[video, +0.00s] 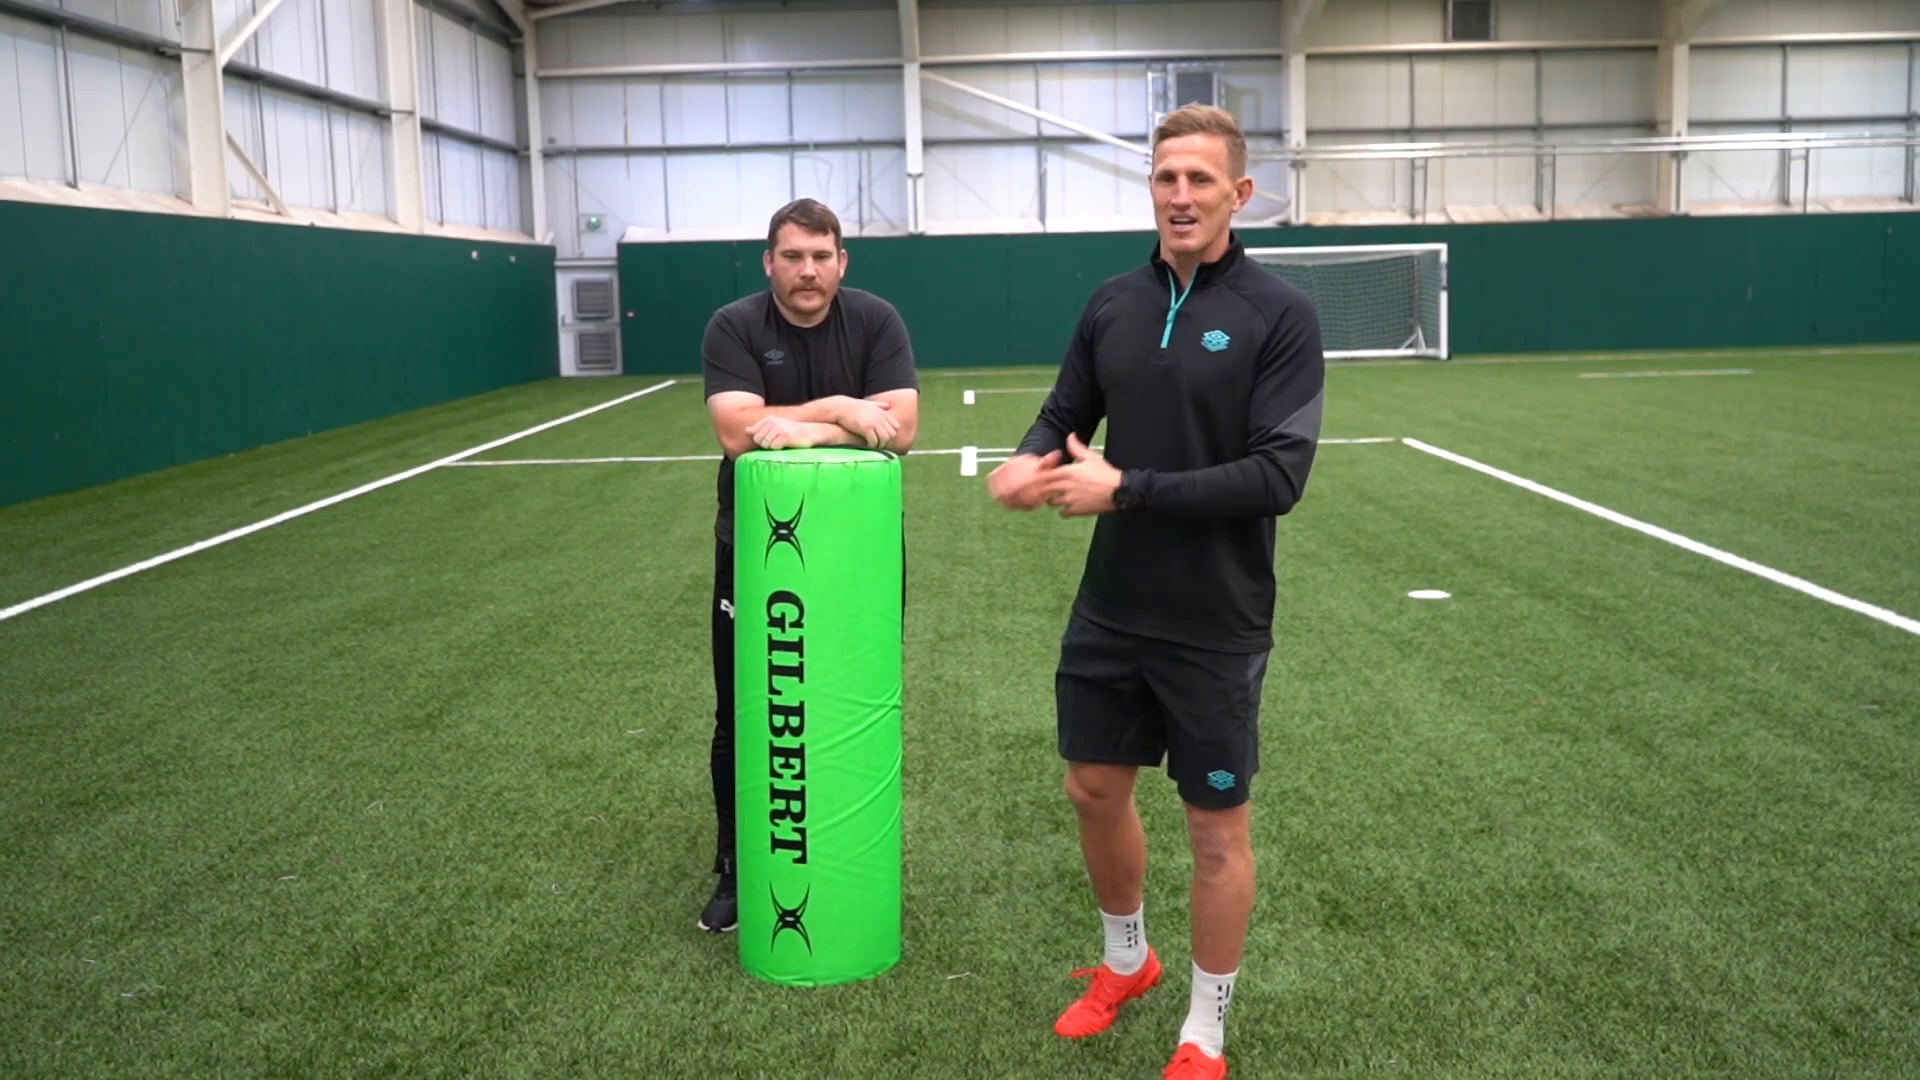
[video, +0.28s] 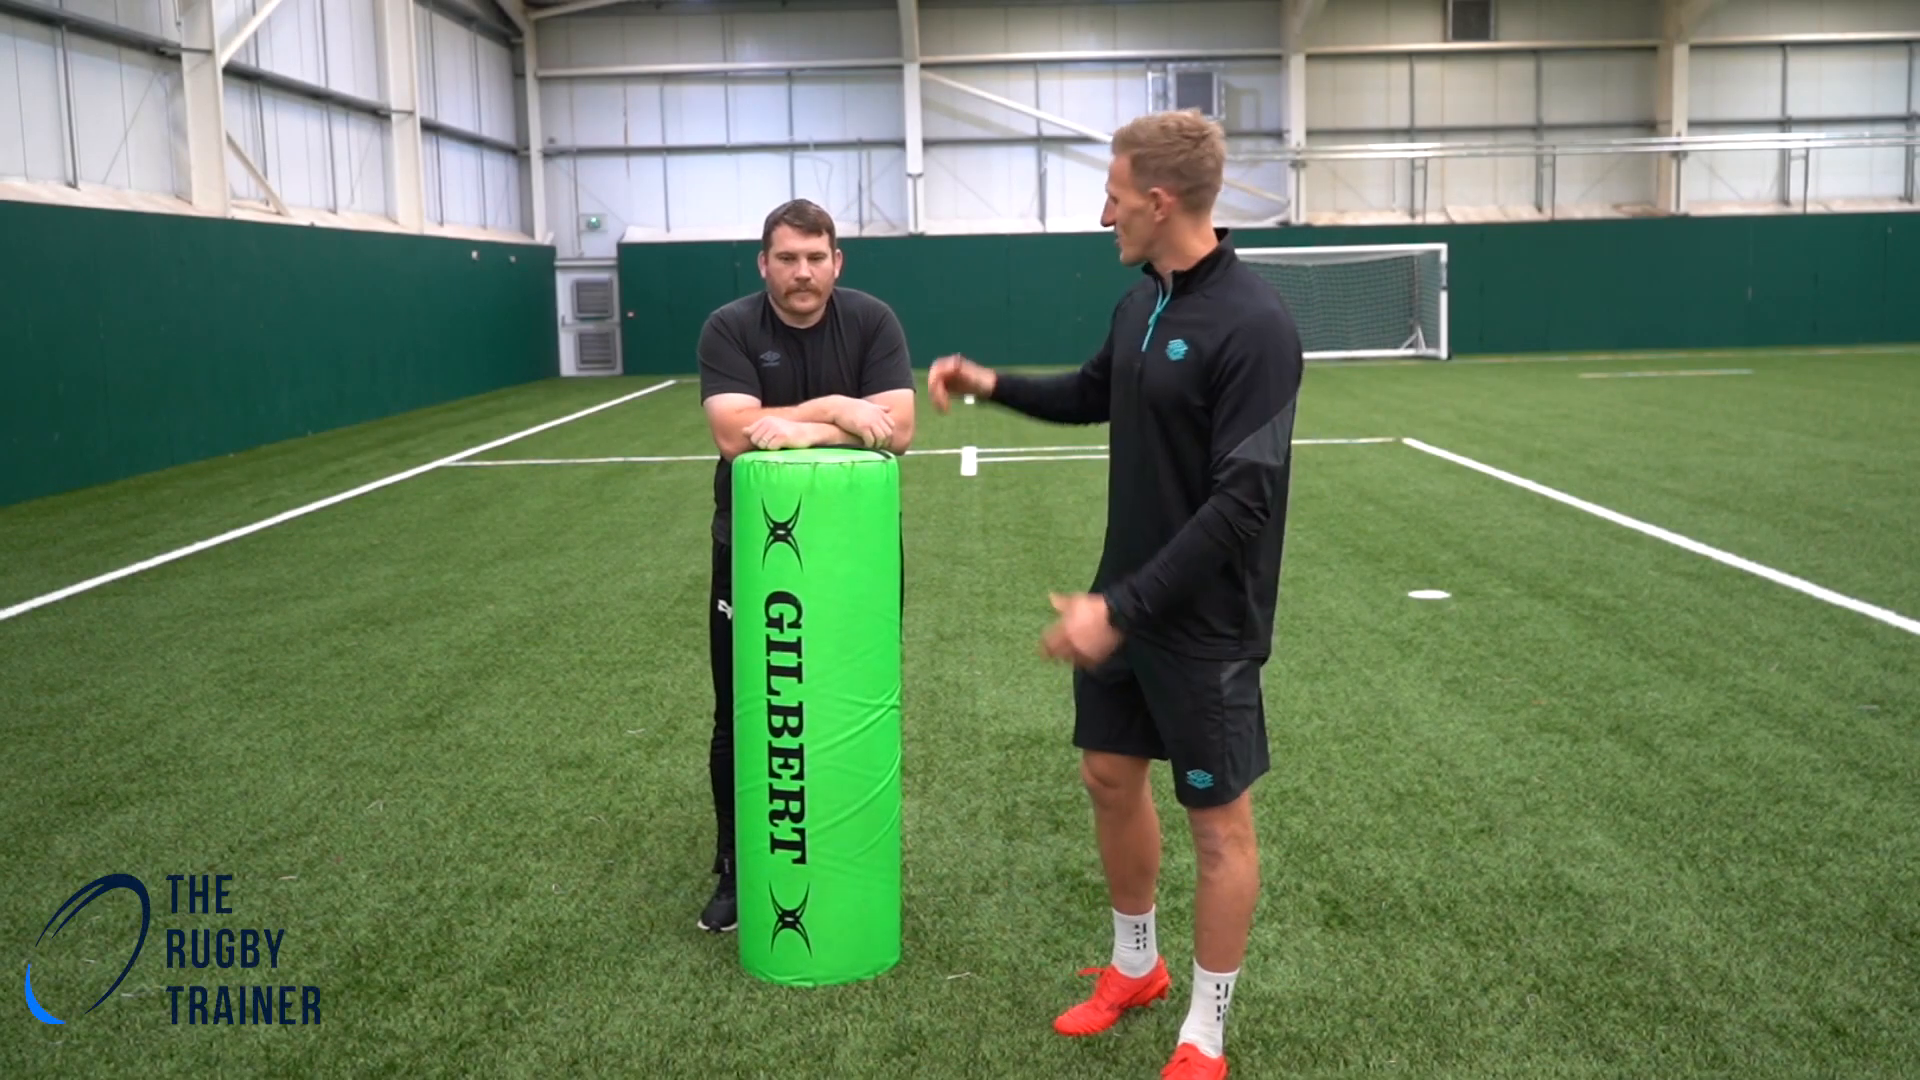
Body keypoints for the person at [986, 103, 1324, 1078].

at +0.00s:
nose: (1179, 196)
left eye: (1200, 179)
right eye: (1165, 178)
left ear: (1240, 194)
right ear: (1148, 190)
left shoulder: (1282, 315)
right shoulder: (1114, 304)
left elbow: (1280, 475)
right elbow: (1061, 423)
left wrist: (1123, 489)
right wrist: (1031, 465)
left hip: (1218, 617)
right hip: (1112, 602)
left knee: (1215, 826)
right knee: (1096, 788)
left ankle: (1206, 1033)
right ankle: (1128, 962)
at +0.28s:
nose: (1107, 211)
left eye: (1115, 195)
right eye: (1108, 193)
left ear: (1166, 201)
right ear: (1165, 199)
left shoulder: (1255, 325)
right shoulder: (1143, 294)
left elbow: (1243, 502)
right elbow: (1095, 396)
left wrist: (1120, 607)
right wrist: (994, 385)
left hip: (1209, 614)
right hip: (1122, 596)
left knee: (1219, 820)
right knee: (1111, 775)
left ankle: (1207, 1035)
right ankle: (1136, 966)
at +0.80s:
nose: (1101, 214)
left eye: (1119, 197)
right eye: (1100, 196)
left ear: (1176, 203)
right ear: (1134, 205)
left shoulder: (1238, 321)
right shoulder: (1120, 305)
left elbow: (1262, 483)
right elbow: (1072, 392)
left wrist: (1222, 626)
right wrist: (951, 370)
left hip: (1196, 614)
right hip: (1119, 600)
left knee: (1210, 814)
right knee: (1146, 780)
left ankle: (1206, 1035)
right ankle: (1177, 963)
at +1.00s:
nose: (1116, 218)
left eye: (1132, 200)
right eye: (1103, 204)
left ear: (1174, 207)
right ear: (1092, 220)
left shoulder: (1234, 316)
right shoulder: (1092, 326)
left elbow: (1264, 463)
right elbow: (1048, 428)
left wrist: (1184, 569)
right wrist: (973, 481)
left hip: (1212, 593)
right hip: (1122, 586)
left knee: (1211, 795)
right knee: (1155, 767)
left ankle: (1208, 1024)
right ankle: (1178, 961)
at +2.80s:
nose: (1145, 217)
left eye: (1158, 205)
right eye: (1149, 202)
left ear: (1205, 217)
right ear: (1183, 214)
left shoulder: (1273, 307)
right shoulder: (1140, 301)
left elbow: (1311, 431)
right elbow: (1101, 412)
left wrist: (1318, 552)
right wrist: (1036, 401)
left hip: (1238, 554)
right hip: (1146, 547)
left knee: (1259, 718)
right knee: (1139, 702)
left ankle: (1265, 888)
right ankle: (1137, 867)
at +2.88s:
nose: (1129, 215)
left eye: (1142, 203)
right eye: (1133, 201)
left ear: (1188, 213)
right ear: (1170, 212)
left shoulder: (1256, 305)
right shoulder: (1125, 302)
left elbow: (1294, 429)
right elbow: (1090, 416)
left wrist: (1297, 544)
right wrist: (1031, 398)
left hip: (1223, 552)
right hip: (1135, 546)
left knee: (1249, 717)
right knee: (1138, 701)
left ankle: (1263, 889)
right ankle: (1137, 866)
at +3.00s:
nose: (1104, 217)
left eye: (1118, 206)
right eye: (1108, 204)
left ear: (1163, 215)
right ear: (1144, 215)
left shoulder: (1231, 305)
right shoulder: (1102, 310)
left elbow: (1269, 428)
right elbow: (1072, 423)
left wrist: (1263, 540)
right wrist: (1018, 396)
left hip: (1203, 548)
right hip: (1117, 545)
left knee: (1231, 716)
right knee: (1131, 697)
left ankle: (1259, 887)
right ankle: (1136, 867)